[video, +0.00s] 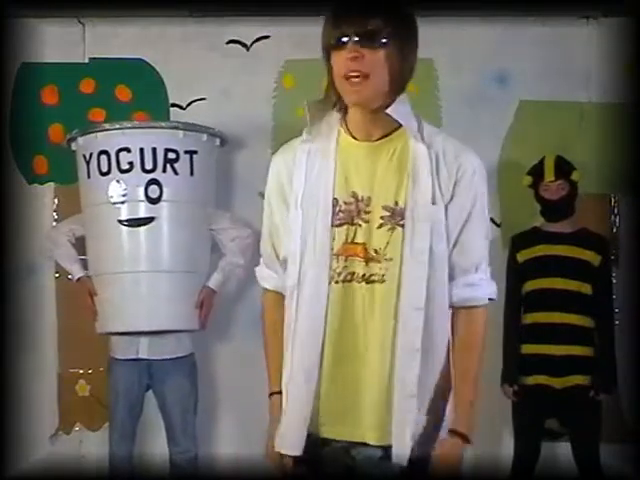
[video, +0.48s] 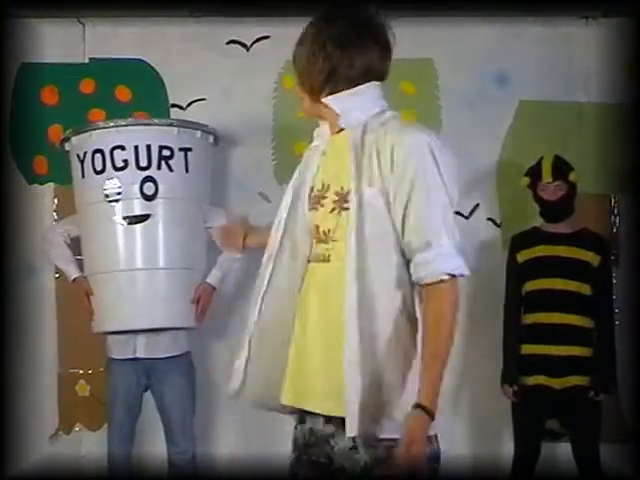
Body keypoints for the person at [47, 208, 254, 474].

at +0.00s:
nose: (146, 194)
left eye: (155, 188)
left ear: (169, 186)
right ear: (126, 188)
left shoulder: (192, 213)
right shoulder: (108, 215)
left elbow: (242, 238)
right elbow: (57, 234)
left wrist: (213, 286)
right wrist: (80, 276)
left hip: (175, 348)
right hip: (123, 349)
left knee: (184, 449)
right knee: (120, 450)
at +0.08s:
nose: (145, 194)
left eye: (154, 189)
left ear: (168, 186)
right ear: (125, 188)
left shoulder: (191, 212)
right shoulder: (108, 216)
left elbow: (242, 236)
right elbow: (56, 234)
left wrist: (216, 285)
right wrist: (79, 276)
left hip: (174, 347)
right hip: (123, 348)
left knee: (184, 449)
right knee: (119, 450)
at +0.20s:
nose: (143, 193)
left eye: (153, 187)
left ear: (165, 184)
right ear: (124, 187)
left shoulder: (188, 211)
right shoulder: (106, 215)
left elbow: (241, 235)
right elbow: (54, 234)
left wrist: (216, 284)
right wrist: (78, 277)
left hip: (174, 348)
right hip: (122, 350)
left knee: (183, 449)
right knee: (119, 451)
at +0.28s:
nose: (143, 192)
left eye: (152, 186)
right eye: (136, 187)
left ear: (164, 183)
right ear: (124, 186)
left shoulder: (188, 212)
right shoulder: (106, 216)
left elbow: (240, 235)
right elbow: (53, 233)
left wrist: (214, 283)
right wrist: (77, 277)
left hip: (173, 349)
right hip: (122, 351)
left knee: (183, 450)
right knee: (119, 451)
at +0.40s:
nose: (143, 193)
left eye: (151, 187)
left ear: (163, 184)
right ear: (124, 187)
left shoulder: (187, 211)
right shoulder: (106, 216)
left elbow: (239, 235)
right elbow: (54, 233)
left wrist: (214, 286)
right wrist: (77, 278)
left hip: (172, 349)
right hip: (121, 351)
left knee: (182, 450)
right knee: (118, 451)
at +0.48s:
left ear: (165, 187)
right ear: (122, 189)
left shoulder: (184, 211)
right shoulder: (106, 215)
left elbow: (235, 234)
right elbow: (53, 235)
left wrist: (212, 282)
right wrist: (76, 277)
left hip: (172, 348)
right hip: (121, 351)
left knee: (182, 450)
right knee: (118, 451)